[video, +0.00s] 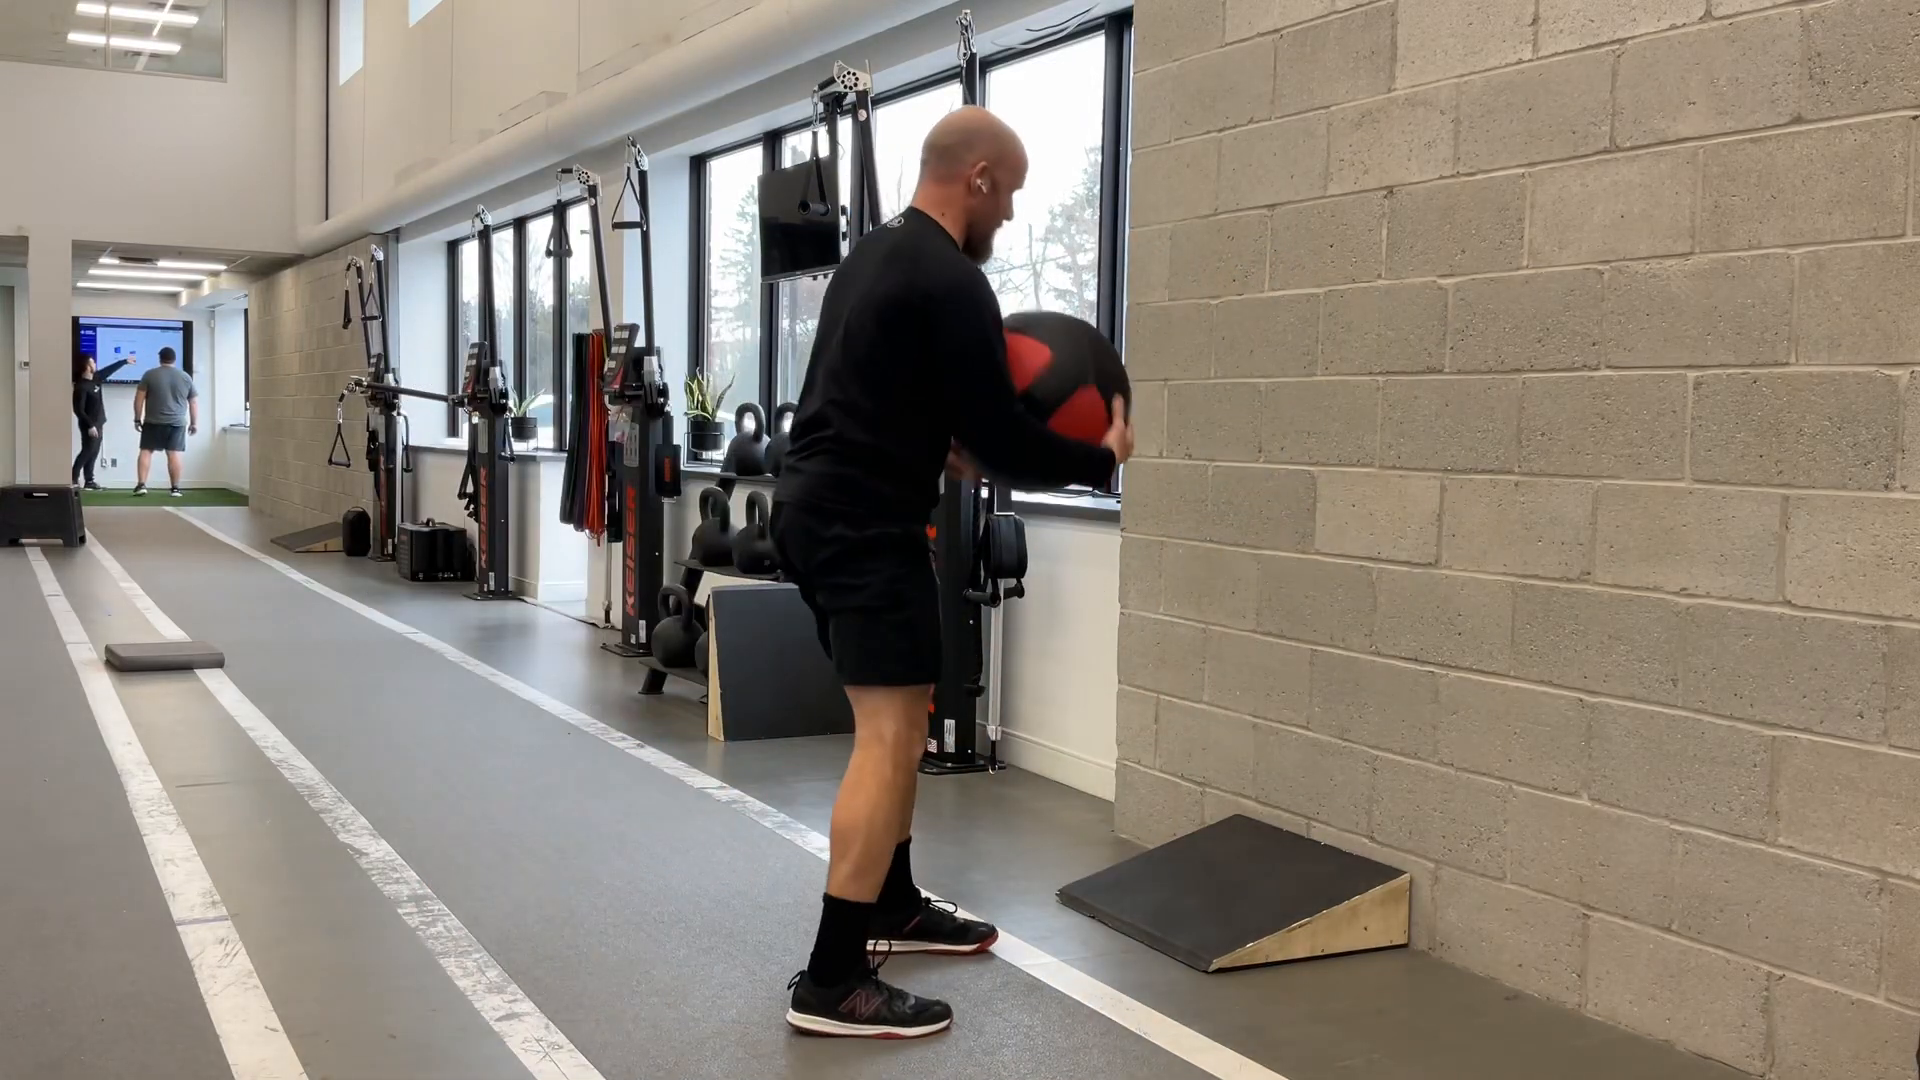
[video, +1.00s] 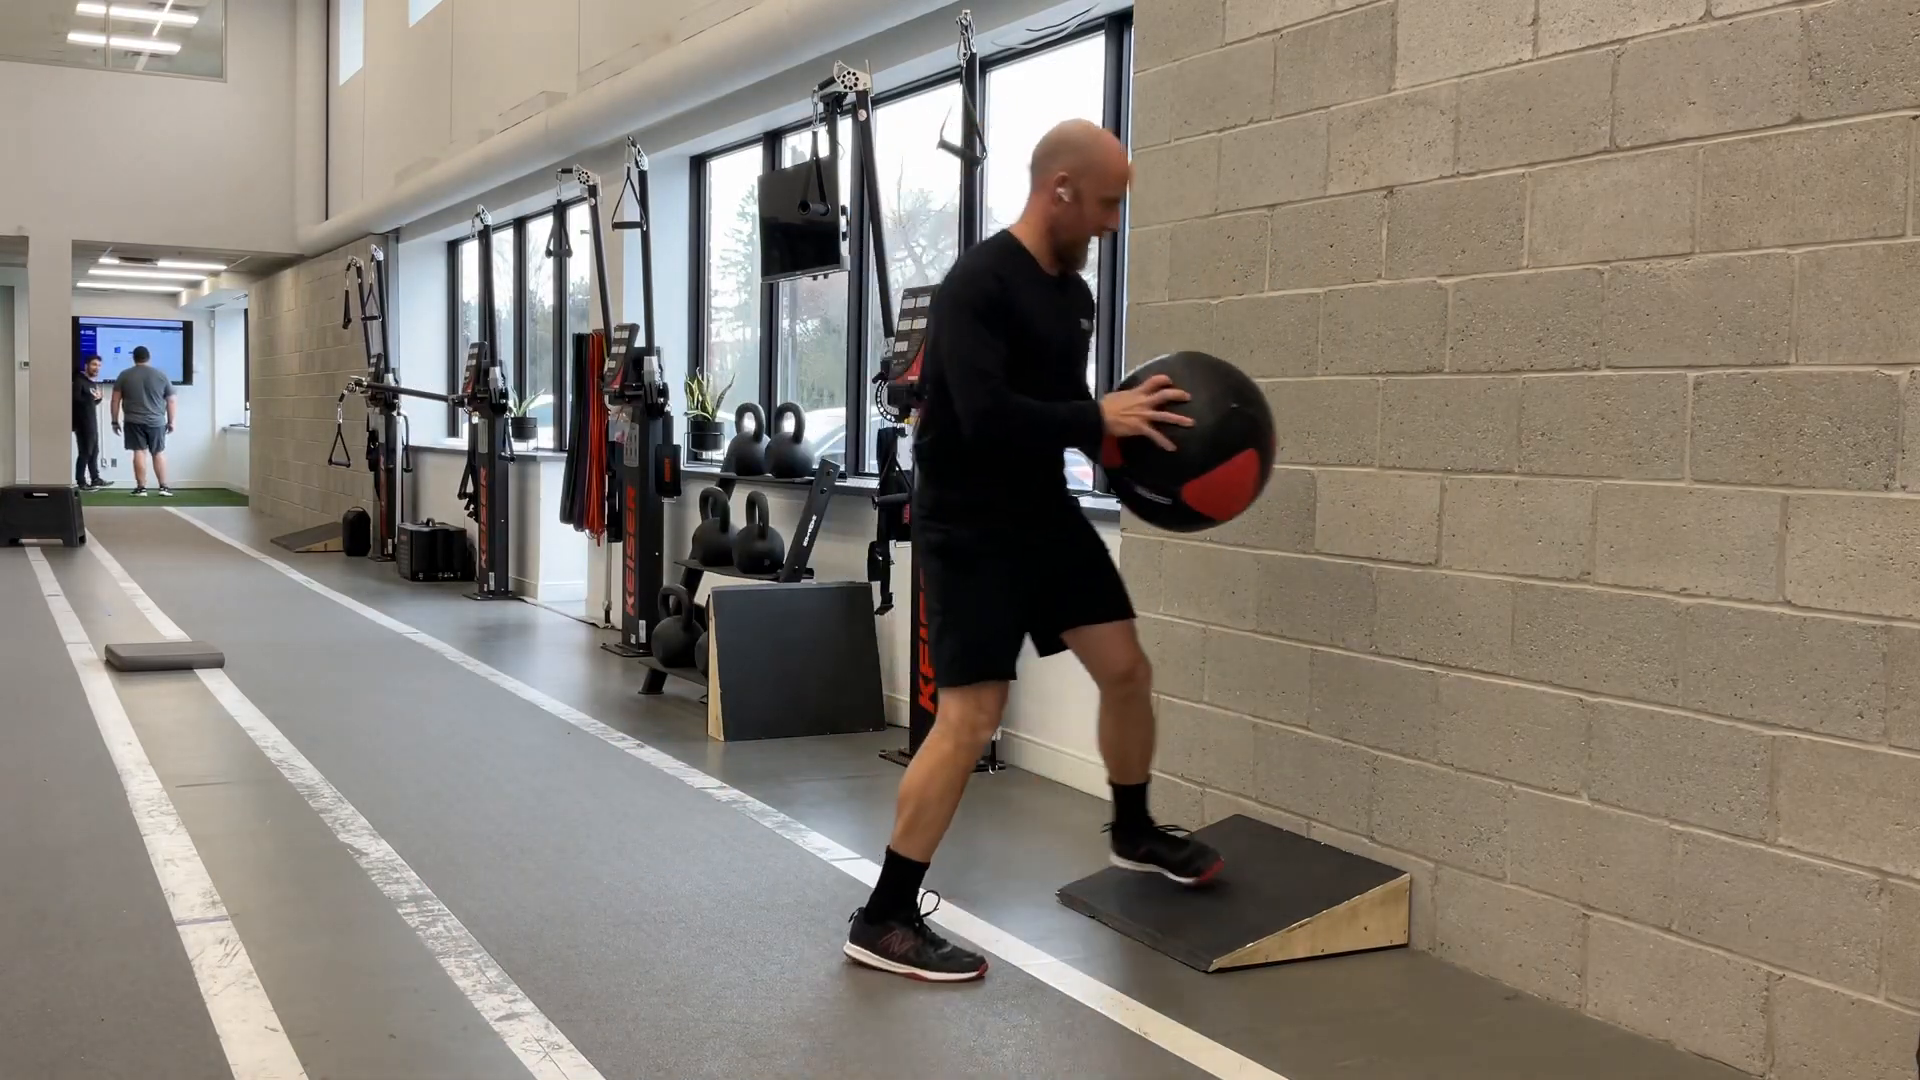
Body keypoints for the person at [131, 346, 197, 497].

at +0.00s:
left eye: (161, 358)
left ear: (159, 359)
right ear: (174, 359)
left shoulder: (150, 375)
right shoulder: (185, 377)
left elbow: (139, 397)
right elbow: (193, 402)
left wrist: (137, 418)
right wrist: (193, 423)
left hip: (153, 422)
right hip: (176, 423)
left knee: (146, 451)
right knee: (174, 454)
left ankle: (141, 484)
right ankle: (175, 488)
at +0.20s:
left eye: (158, 358)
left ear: (156, 359)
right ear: (171, 359)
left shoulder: (146, 375)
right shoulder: (181, 377)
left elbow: (136, 397)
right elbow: (190, 402)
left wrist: (135, 419)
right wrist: (190, 423)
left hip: (151, 422)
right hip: (173, 423)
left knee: (147, 452)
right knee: (172, 454)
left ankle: (142, 486)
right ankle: (174, 488)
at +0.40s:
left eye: (152, 357)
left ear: (150, 358)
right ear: (164, 359)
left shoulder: (140, 375)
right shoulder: (175, 376)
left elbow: (130, 397)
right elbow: (183, 401)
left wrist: (129, 419)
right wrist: (183, 423)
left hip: (146, 422)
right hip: (168, 423)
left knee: (145, 452)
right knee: (168, 454)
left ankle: (141, 487)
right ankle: (174, 487)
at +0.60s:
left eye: (145, 357)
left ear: (143, 358)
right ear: (157, 358)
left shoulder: (133, 375)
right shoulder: (168, 376)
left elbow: (123, 398)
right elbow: (177, 401)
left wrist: (122, 419)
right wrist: (176, 423)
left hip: (140, 422)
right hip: (162, 423)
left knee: (142, 453)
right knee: (166, 455)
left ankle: (141, 487)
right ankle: (174, 487)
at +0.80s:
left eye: (141, 357)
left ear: (138, 358)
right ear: (152, 358)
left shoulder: (128, 375)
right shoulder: (163, 376)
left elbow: (118, 399)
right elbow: (172, 401)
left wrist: (117, 420)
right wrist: (171, 422)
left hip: (135, 422)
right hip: (157, 422)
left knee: (140, 452)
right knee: (162, 454)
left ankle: (141, 487)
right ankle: (172, 486)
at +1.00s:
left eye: (135, 357)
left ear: (134, 358)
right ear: (149, 358)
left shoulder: (125, 375)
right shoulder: (160, 375)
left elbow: (115, 398)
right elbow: (171, 400)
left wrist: (114, 420)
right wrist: (171, 421)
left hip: (133, 422)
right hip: (155, 422)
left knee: (138, 452)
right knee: (158, 453)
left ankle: (141, 487)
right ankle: (163, 486)